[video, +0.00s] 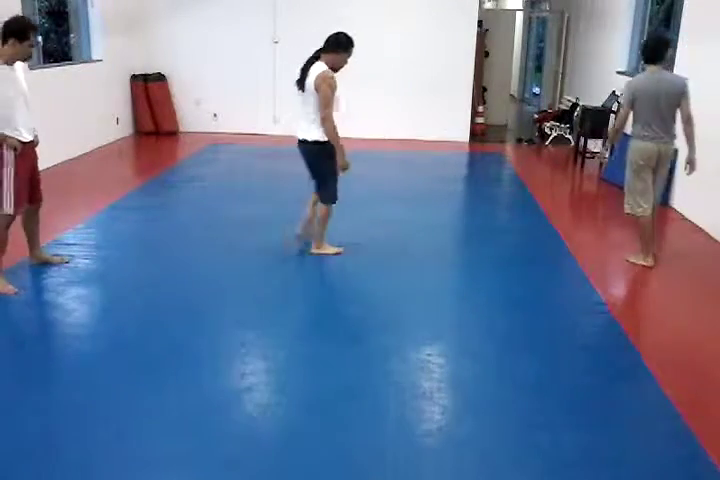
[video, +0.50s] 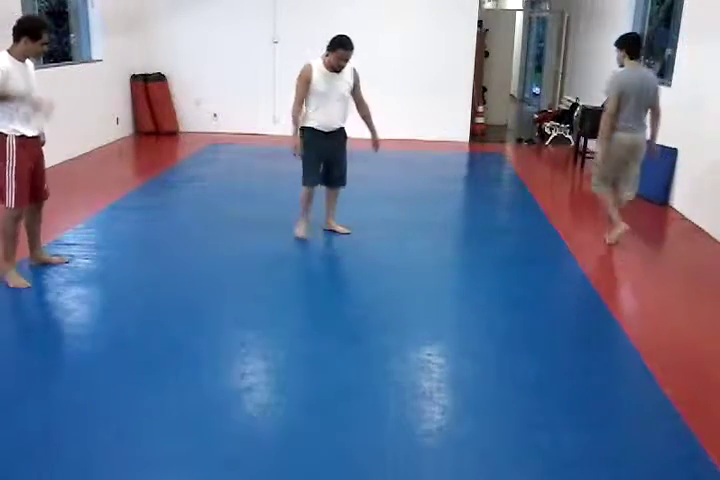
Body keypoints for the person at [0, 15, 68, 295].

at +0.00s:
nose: (32, 51)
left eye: (33, 45)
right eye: (29, 45)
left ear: (16, 43)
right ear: (12, 42)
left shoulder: (21, 67)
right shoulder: (2, 69)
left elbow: (21, 103)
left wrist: (31, 131)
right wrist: (3, 137)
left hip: (27, 142)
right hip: (8, 145)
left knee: (32, 204)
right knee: (7, 212)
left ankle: (36, 251)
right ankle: (0, 273)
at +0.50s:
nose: (45, 49)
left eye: (46, 44)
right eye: (43, 43)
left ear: (28, 41)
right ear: (25, 40)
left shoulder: (28, 65)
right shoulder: (4, 64)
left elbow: (26, 101)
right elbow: (3, 96)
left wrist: (39, 129)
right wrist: (29, 100)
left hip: (32, 137)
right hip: (11, 139)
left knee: (36, 199)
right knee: (13, 206)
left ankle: (36, 252)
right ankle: (7, 266)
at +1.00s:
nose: (29, 58)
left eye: (32, 54)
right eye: (27, 53)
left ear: (30, 48)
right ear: (16, 44)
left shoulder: (23, 63)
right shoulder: (3, 63)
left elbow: (28, 99)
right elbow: (4, 55)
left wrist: (41, 128)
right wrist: (12, 27)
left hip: (32, 135)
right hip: (11, 136)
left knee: (38, 200)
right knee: (12, 208)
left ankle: (37, 253)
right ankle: (10, 268)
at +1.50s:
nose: (35, 58)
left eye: (38, 54)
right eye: (32, 53)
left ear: (38, 48)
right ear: (20, 45)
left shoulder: (29, 61)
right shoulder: (6, 63)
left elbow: (36, 98)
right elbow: (6, 52)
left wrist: (46, 129)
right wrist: (16, 23)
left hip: (36, 135)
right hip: (14, 136)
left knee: (39, 202)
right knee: (15, 208)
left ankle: (37, 252)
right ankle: (11, 268)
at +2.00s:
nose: (37, 57)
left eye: (40, 54)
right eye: (35, 53)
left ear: (38, 48)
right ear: (23, 45)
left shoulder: (33, 63)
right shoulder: (7, 64)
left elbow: (41, 99)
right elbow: (8, 53)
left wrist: (50, 129)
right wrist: (19, 25)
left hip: (40, 135)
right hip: (18, 137)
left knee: (40, 202)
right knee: (18, 207)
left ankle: (37, 253)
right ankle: (11, 268)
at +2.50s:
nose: (37, 58)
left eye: (40, 55)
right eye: (35, 53)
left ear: (39, 48)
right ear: (23, 45)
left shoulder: (33, 63)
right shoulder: (7, 64)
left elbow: (41, 99)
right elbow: (8, 54)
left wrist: (51, 129)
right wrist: (18, 26)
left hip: (40, 136)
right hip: (19, 138)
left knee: (41, 202)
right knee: (18, 207)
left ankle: (38, 252)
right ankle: (11, 268)